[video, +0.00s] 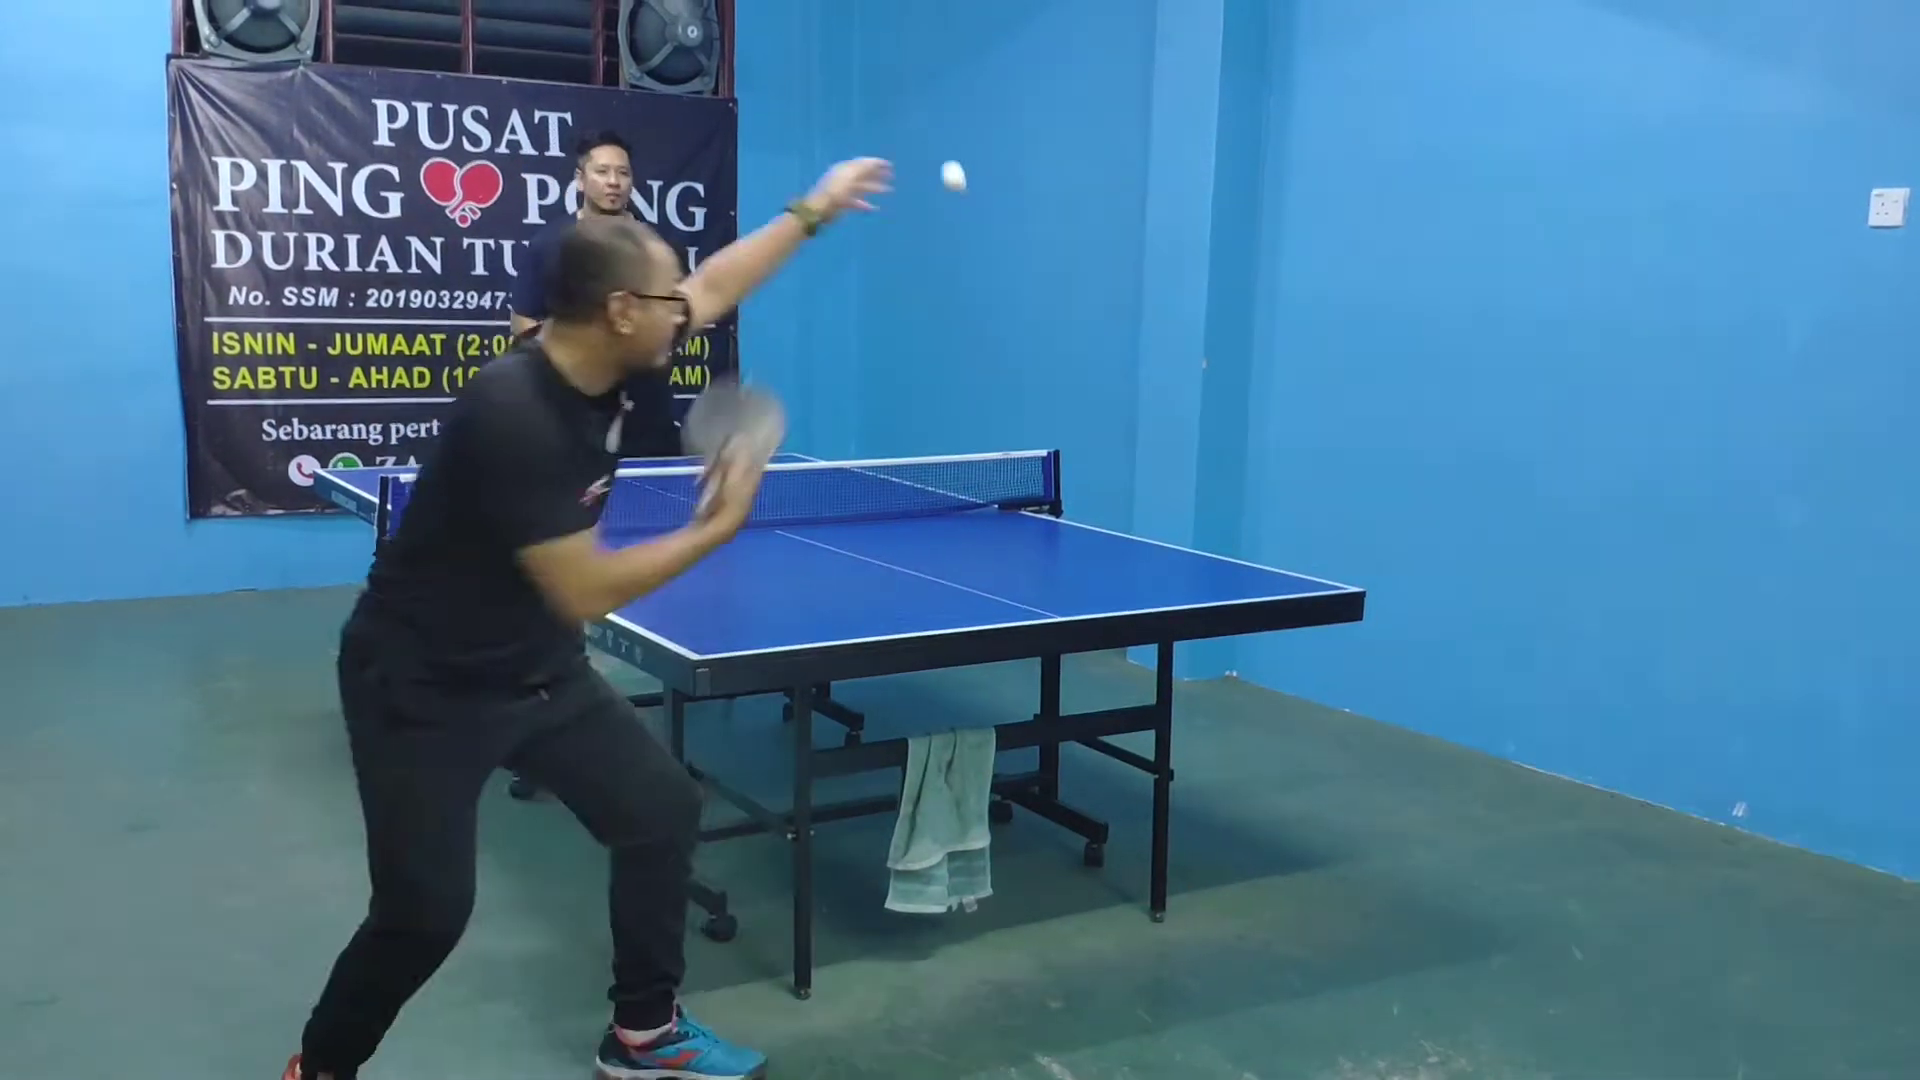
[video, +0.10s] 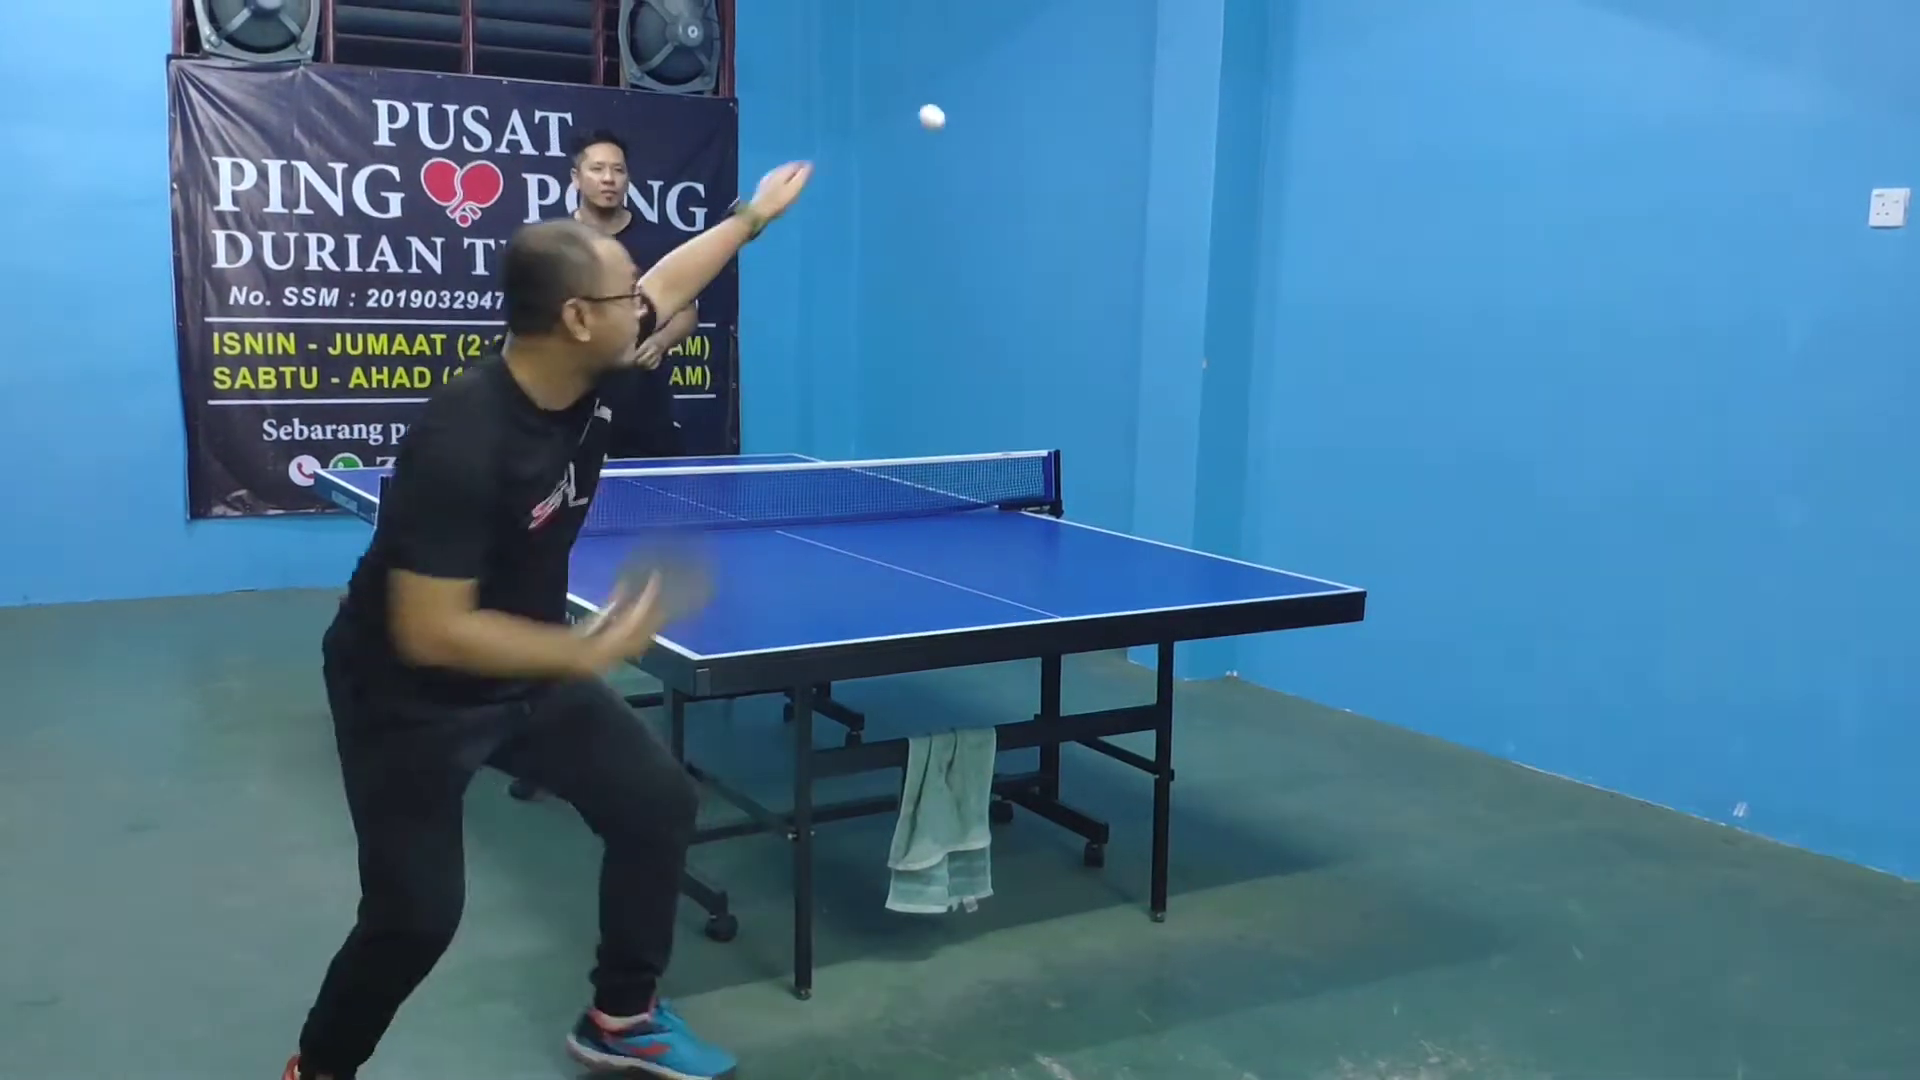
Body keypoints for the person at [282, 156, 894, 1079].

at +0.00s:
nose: (680, 318)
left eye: (678, 302)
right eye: (669, 303)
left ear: (610, 309)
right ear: (616, 313)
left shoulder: (600, 367)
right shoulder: (511, 415)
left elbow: (705, 292)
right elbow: (584, 592)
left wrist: (807, 215)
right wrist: (713, 530)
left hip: (534, 662)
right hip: (419, 680)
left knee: (660, 812)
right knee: (424, 915)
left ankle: (645, 1029)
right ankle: (317, 1067)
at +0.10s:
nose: (636, 308)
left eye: (633, 295)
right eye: (624, 299)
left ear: (571, 317)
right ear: (574, 321)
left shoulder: (583, 374)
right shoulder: (460, 445)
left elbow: (660, 295)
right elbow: (425, 632)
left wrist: (751, 216)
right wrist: (585, 651)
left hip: (525, 664)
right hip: (405, 687)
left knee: (657, 803)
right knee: (415, 918)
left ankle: (623, 1015)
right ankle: (316, 1068)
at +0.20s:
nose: (641, 321)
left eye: (632, 307)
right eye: (626, 312)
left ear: (576, 336)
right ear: (574, 338)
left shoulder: (579, 392)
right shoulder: (446, 450)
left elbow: (646, 328)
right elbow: (324, 603)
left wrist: (710, 274)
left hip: (529, 678)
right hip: (413, 712)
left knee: (662, 802)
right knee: (414, 933)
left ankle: (601, 1011)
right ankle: (318, 1070)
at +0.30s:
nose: (673, 340)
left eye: (666, 323)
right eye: (655, 329)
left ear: (602, 356)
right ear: (603, 356)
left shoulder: (601, 422)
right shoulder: (467, 448)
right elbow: (303, 543)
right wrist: (303, 678)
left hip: (533, 694)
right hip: (417, 727)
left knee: (672, 794)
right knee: (429, 954)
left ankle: (605, 999)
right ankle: (315, 1069)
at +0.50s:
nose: (760, 465)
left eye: (768, 445)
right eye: (757, 440)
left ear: (712, 422)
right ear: (705, 418)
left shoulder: (645, 472)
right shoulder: (604, 431)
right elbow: (518, 416)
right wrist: (703, 448)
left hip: (559, 726)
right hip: (456, 750)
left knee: (721, 803)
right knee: (481, 1016)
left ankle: (611, 972)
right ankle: (328, 1062)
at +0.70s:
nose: (831, 443)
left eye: (829, 434)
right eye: (826, 430)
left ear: (736, 404)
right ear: (803, 417)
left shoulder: (667, 460)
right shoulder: (768, 441)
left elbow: (587, 498)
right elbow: (869, 482)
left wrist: (538, 491)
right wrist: (1008, 536)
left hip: (656, 734)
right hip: (588, 740)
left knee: (767, 855)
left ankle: (676, 1042)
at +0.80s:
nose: (871, 421)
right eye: (870, 411)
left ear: (766, 393)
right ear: (859, 405)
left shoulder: (695, 450)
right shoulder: (828, 436)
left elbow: (611, 483)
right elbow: (924, 486)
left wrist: (538, 479)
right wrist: (1060, 546)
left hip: (601, 720)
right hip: (682, 731)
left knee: (743, 898)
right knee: (803, 969)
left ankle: (693, 1041)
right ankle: (654, 1068)